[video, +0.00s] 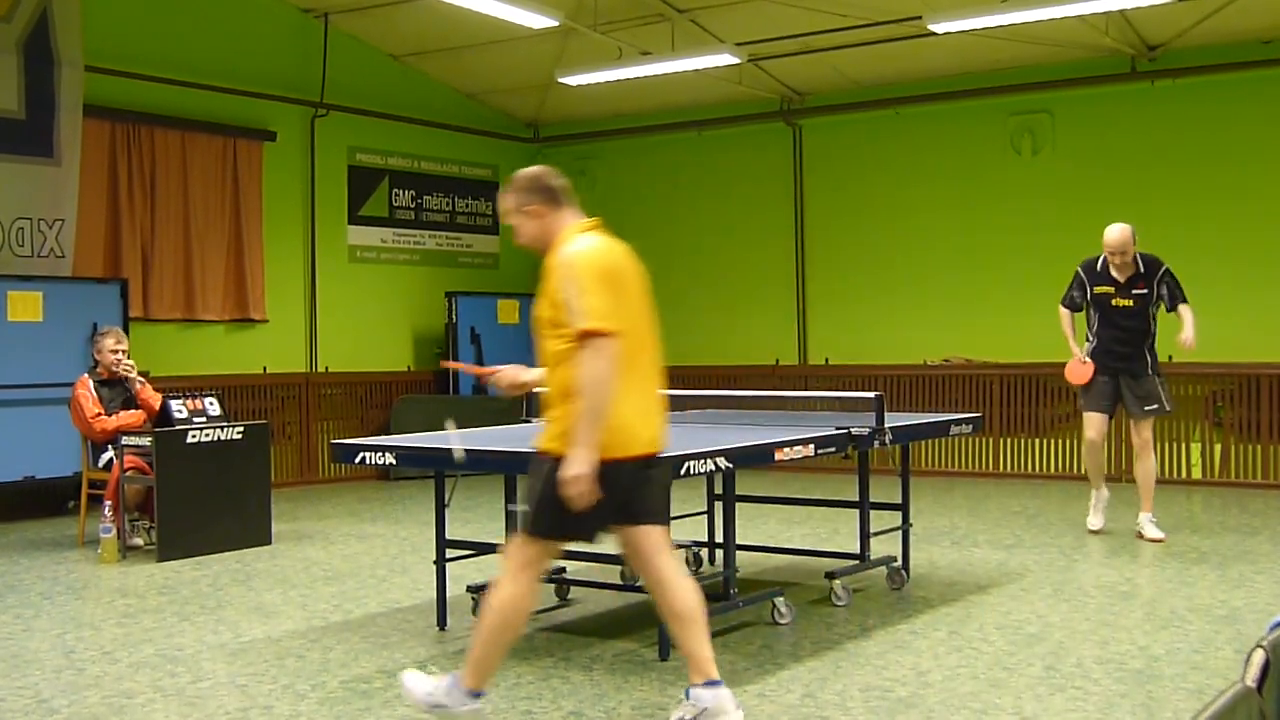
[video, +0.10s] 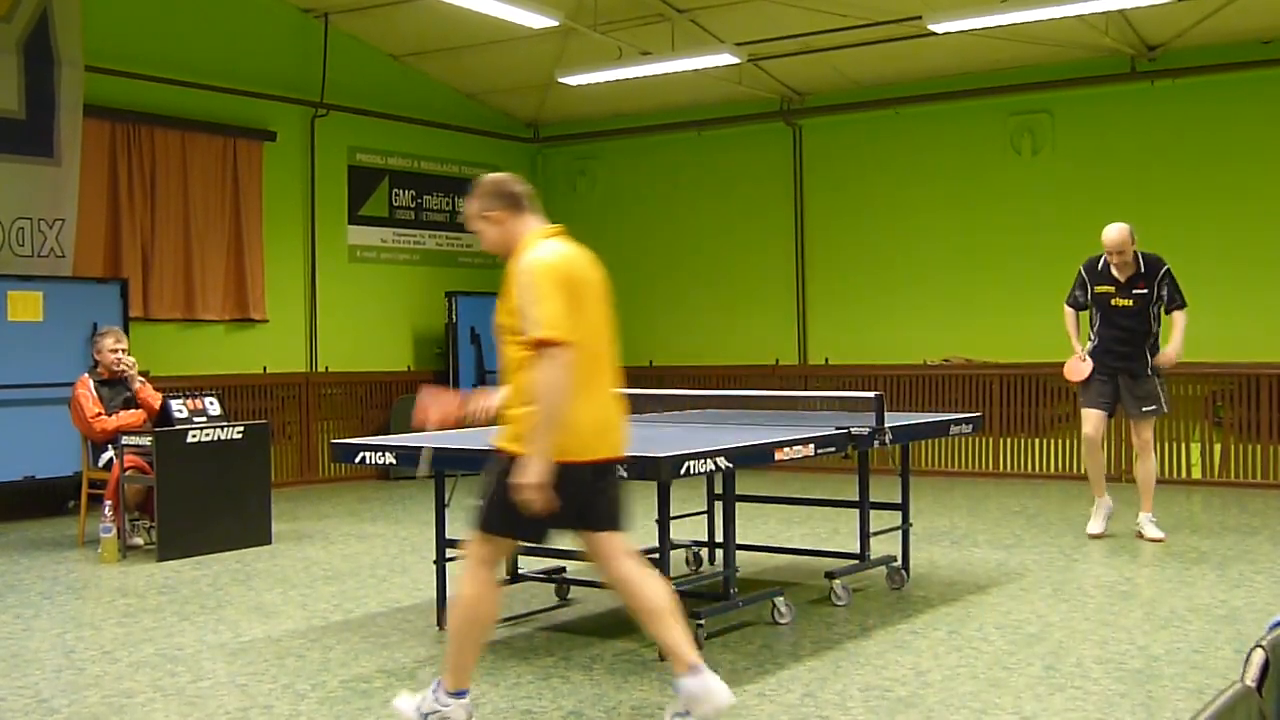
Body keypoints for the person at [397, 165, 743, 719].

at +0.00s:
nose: (514, 235)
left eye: (513, 221)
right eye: (510, 223)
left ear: (538, 209)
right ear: (552, 207)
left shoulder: (576, 255)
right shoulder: (611, 251)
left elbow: (600, 351)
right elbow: (613, 360)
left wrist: (584, 449)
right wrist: (533, 377)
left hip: (580, 449)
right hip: (634, 446)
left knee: (521, 566)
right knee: (658, 562)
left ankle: (466, 686)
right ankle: (709, 687)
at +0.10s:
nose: (479, 241)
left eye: (478, 228)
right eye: (475, 230)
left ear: (502, 216)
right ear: (522, 211)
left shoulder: (538, 262)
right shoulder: (575, 256)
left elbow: (554, 359)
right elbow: (570, 362)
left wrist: (539, 456)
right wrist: (500, 398)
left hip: (540, 449)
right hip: (593, 447)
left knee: (481, 556)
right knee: (616, 555)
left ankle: (451, 693)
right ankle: (696, 677)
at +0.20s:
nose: (429, 238)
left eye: (427, 226)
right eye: (426, 227)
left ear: (444, 215)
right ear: (477, 207)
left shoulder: (481, 261)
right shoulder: (529, 256)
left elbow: (482, 357)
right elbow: (539, 355)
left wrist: (454, 440)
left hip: (489, 444)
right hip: (540, 443)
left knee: (442, 556)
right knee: (528, 554)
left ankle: (446, 693)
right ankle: (621, 641)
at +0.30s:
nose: (407, 236)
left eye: (404, 225)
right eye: (402, 226)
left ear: (420, 211)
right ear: (454, 204)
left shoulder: (447, 255)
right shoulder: (514, 255)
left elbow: (434, 348)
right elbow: (521, 345)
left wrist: (397, 420)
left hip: (461, 435)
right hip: (513, 432)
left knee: (433, 554)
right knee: (487, 540)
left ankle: (445, 692)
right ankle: (556, 637)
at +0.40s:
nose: (378, 225)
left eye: (376, 217)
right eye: (376, 218)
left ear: (387, 206)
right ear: (429, 200)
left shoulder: (403, 249)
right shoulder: (494, 256)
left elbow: (371, 338)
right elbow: (517, 344)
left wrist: (359, 385)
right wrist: (492, 401)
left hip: (429, 427)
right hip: (482, 425)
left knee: (426, 557)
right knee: (445, 539)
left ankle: (445, 691)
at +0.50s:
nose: (361, 225)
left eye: (360, 217)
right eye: (361, 217)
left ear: (371, 210)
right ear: (416, 205)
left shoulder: (377, 253)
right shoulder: (475, 261)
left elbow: (345, 337)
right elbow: (504, 347)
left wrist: (333, 385)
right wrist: (480, 409)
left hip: (409, 424)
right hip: (464, 424)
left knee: (423, 554)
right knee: (417, 543)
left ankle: (445, 690)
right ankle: (395, 658)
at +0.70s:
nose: (338, 233)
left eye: (338, 226)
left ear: (344, 224)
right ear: (393, 223)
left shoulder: (335, 268)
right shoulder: (438, 278)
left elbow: (305, 342)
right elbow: (470, 356)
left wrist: (302, 407)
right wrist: (452, 428)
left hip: (355, 434)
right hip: (411, 434)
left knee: (356, 549)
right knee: (368, 545)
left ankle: (418, 661)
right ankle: (343, 656)